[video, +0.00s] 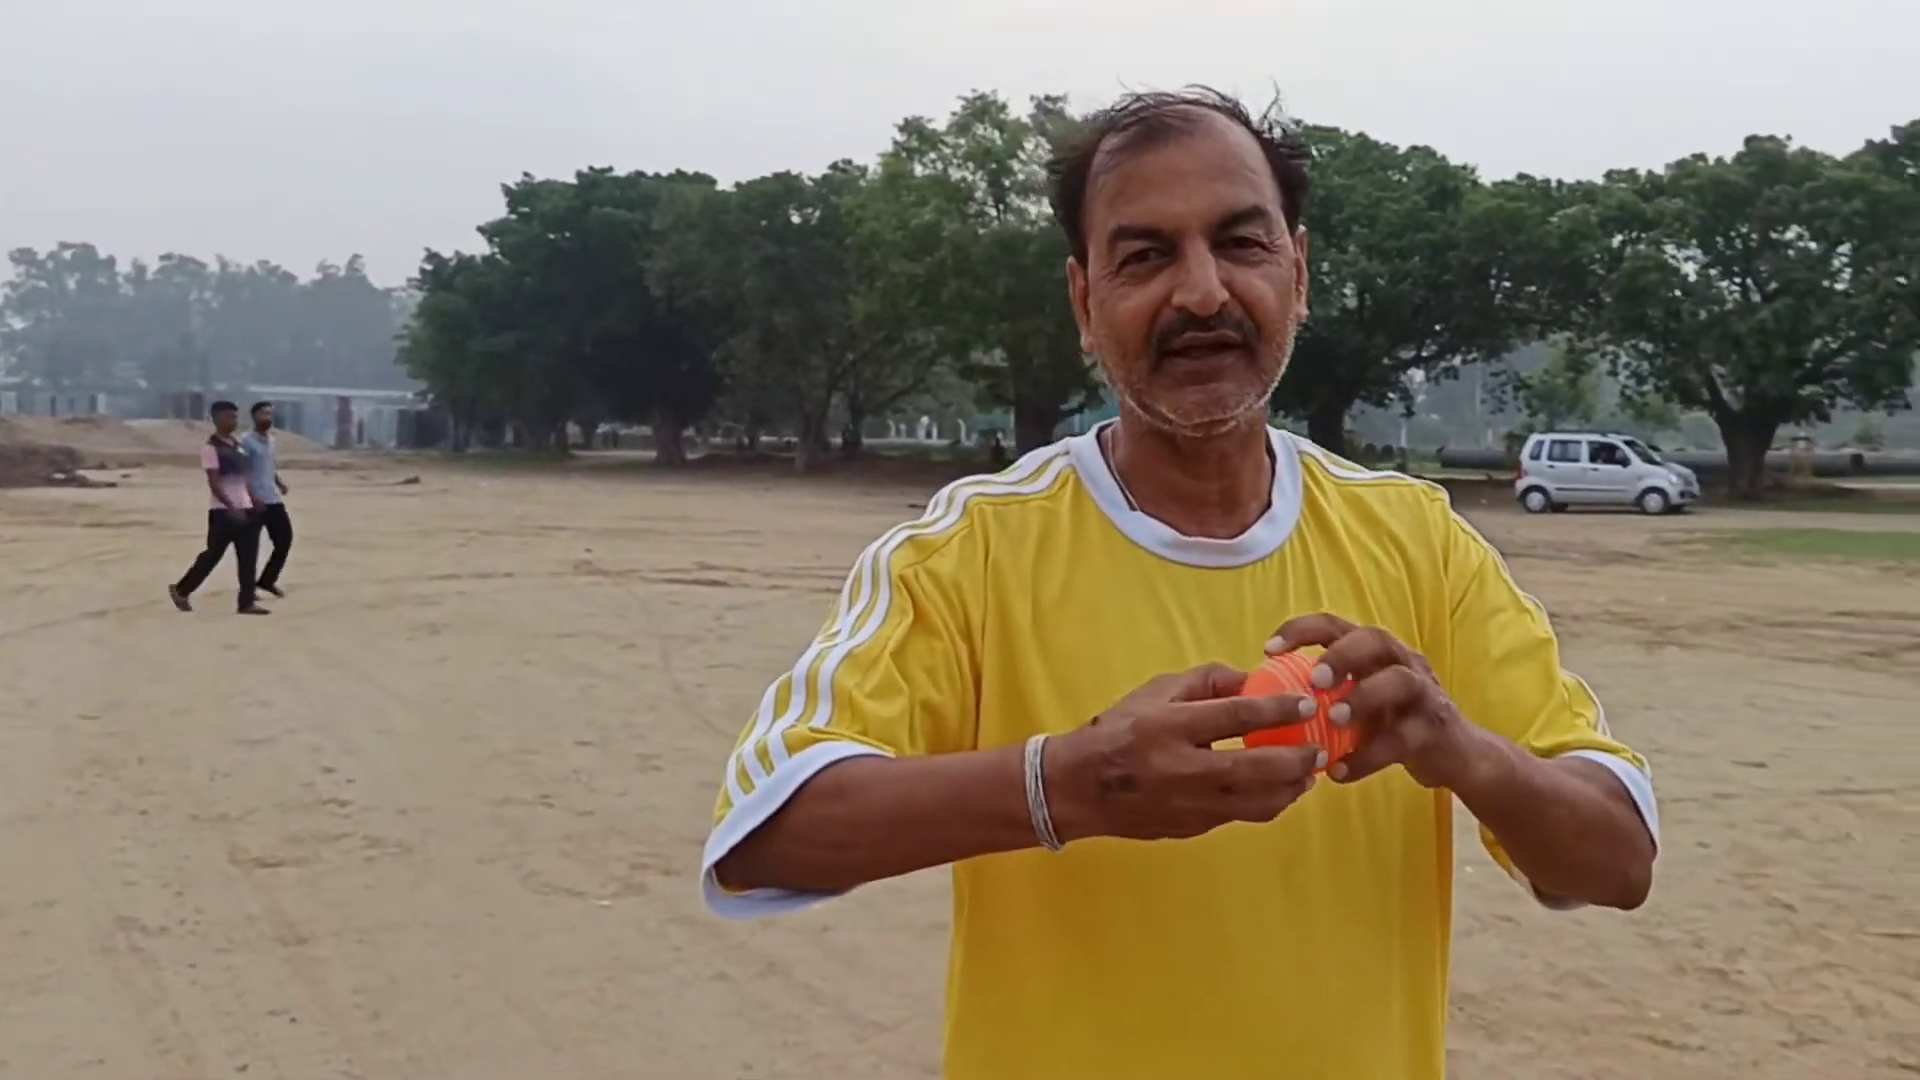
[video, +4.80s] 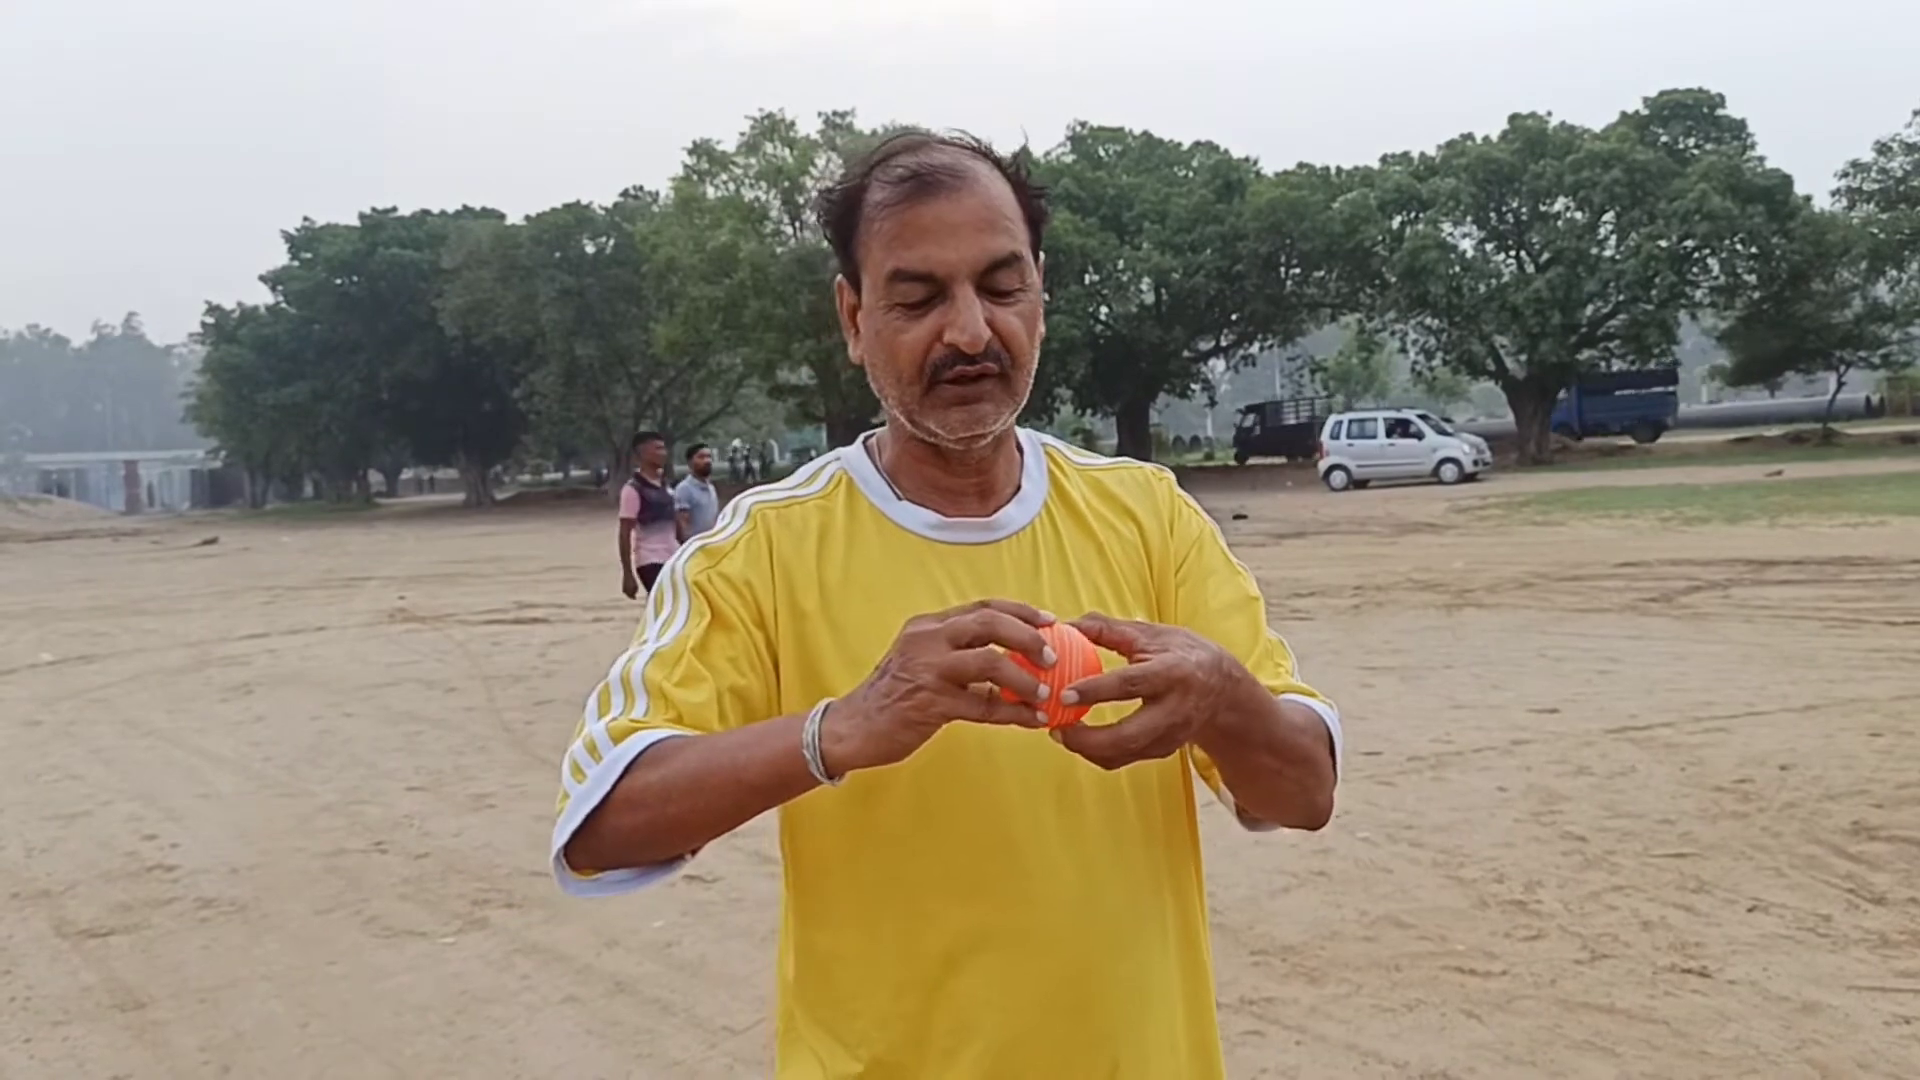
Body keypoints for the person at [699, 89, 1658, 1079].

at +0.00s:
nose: (1201, 291)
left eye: (1240, 242)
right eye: (1144, 255)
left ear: (1299, 276)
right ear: (1085, 304)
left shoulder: (1417, 543)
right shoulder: (970, 554)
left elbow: (1620, 865)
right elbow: (764, 829)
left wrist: (1461, 755)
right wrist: (1062, 788)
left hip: (1364, 1052)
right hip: (1054, 1052)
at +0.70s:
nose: (1132, 305)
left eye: (1165, 254)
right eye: (1075, 265)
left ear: (1215, 277)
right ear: (1010, 303)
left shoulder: (1317, 530)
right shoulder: (900, 537)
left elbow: (1500, 834)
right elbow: (720, 808)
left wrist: (1415, 752)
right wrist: (1029, 743)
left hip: (1275, 1057)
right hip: (979, 1058)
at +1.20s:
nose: (1001, 297)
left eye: (1035, 251)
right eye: (948, 261)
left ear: (1087, 277)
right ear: (887, 300)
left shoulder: (1196, 524)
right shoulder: (786, 534)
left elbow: (1353, 820)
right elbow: (608, 795)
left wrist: (1291, 732)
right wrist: (912, 711)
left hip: (1150, 1050)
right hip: (870, 1051)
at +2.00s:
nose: (890, 320)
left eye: (926, 274)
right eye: (840, 280)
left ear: (969, 290)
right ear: (773, 301)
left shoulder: (1066, 531)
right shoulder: (658, 539)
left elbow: (1222, 820)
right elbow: (457, 785)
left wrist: (1153, 758)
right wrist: (762, 740)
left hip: (1027, 1056)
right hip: (742, 1056)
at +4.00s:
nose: (902, 319)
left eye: (934, 275)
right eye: (851, 288)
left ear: (983, 300)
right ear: (797, 329)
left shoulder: (1113, 521)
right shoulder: (711, 562)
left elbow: (1273, 805)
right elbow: (527, 838)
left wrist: (1164, 702)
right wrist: (777, 718)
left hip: (1106, 1051)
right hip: (824, 1053)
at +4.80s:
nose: (970, 331)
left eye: (1000, 287)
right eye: (918, 297)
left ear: (1040, 299)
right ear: (853, 321)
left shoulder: (1151, 518)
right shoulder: (762, 554)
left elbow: (1305, 799)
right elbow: (599, 824)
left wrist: (1226, 701)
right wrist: (841, 732)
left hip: (1148, 1047)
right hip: (869, 1049)